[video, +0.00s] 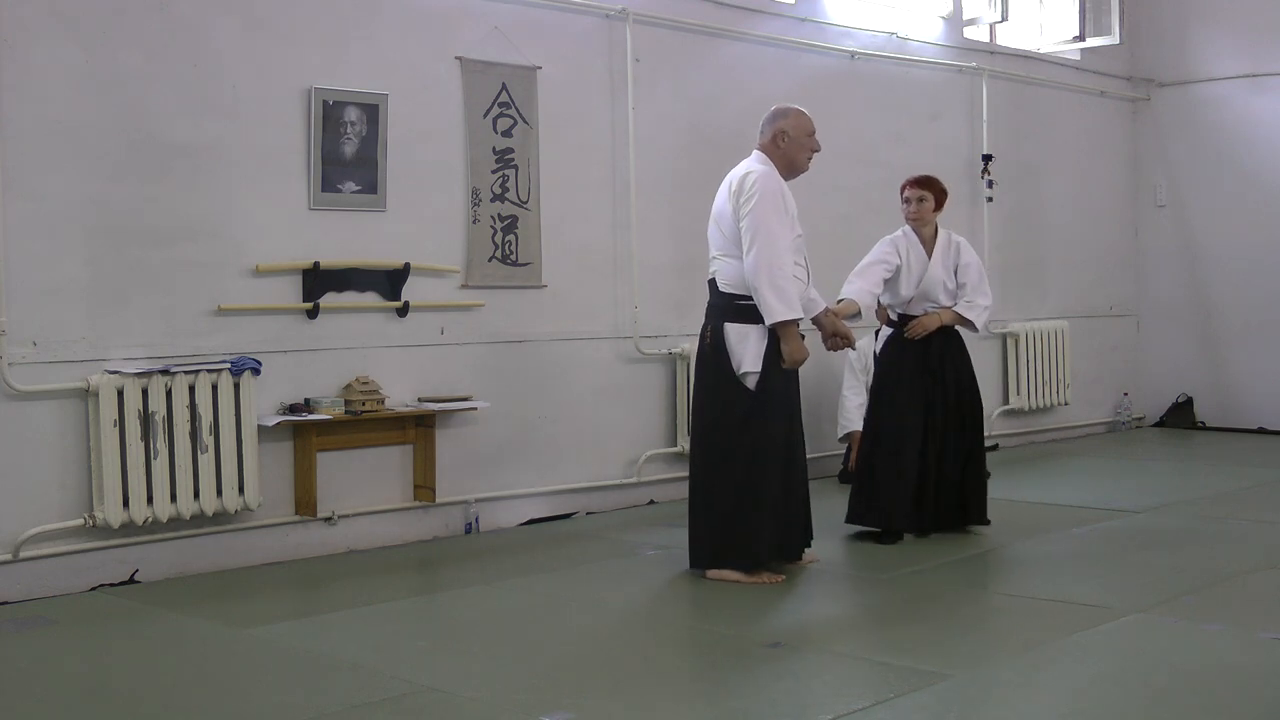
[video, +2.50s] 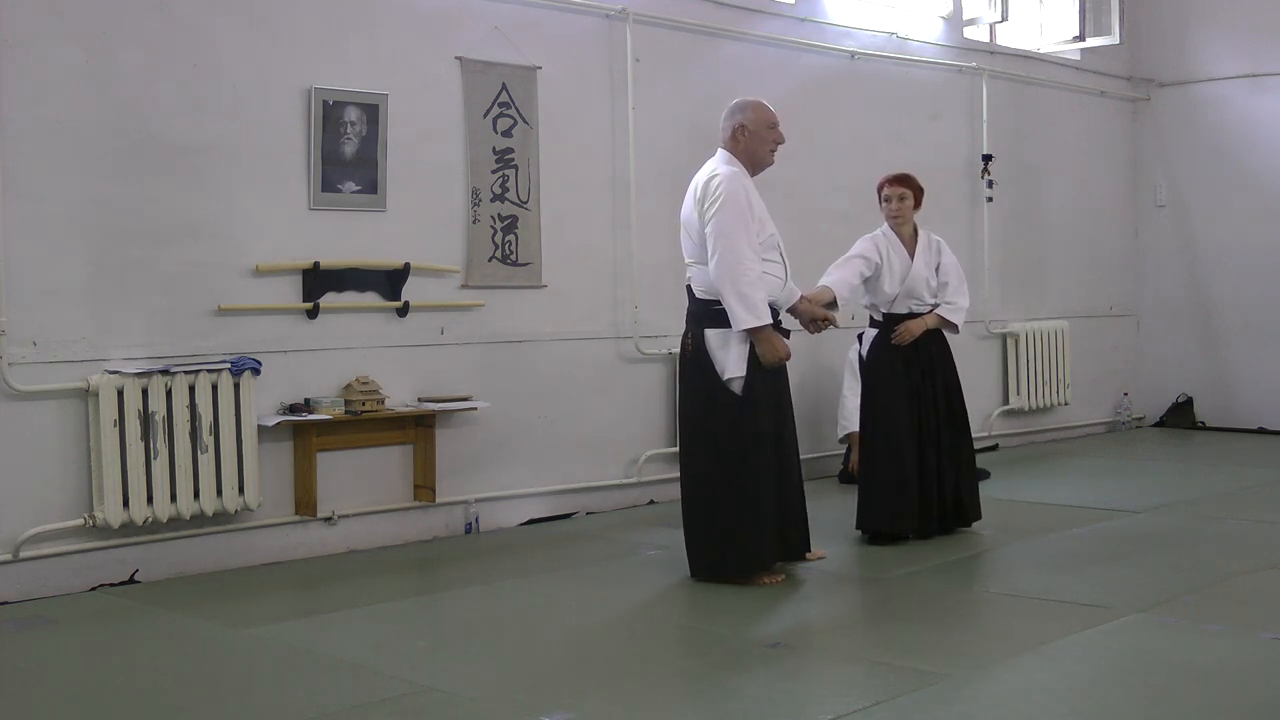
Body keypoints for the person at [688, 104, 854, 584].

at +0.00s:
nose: (816, 148)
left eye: (815, 140)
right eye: (810, 139)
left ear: (778, 140)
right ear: (779, 139)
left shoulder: (767, 182)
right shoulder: (759, 181)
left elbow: (788, 265)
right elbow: (763, 262)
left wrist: (823, 314)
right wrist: (788, 333)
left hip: (762, 323)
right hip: (744, 323)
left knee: (774, 437)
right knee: (738, 441)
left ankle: (776, 545)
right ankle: (725, 558)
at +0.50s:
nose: (794, 137)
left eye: (793, 129)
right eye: (786, 129)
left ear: (753, 133)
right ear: (754, 133)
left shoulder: (743, 179)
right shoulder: (738, 182)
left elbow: (770, 260)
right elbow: (746, 264)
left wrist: (813, 298)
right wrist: (770, 334)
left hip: (745, 327)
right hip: (736, 332)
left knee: (753, 444)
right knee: (742, 447)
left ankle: (755, 555)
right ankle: (736, 561)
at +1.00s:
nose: (784, 136)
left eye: (784, 128)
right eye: (775, 128)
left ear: (744, 133)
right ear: (743, 132)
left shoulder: (745, 182)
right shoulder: (730, 181)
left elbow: (769, 261)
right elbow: (738, 261)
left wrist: (809, 302)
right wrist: (765, 329)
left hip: (754, 327)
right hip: (730, 331)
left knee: (773, 440)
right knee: (735, 447)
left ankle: (782, 539)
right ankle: (732, 560)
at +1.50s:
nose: (786, 135)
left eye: (786, 128)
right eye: (777, 127)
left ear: (748, 132)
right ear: (744, 131)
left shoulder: (747, 180)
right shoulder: (733, 180)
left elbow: (768, 261)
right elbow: (740, 261)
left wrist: (805, 306)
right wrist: (767, 330)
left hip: (757, 324)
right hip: (732, 327)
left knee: (772, 438)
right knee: (733, 446)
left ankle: (781, 539)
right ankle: (731, 559)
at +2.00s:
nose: (782, 137)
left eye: (783, 129)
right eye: (772, 128)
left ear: (746, 134)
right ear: (740, 132)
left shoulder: (743, 181)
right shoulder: (730, 182)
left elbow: (764, 263)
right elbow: (736, 262)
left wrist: (804, 305)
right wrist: (764, 330)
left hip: (755, 327)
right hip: (730, 331)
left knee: (770, 440)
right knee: (734, 447)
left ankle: (778, 542)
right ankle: (731, 559)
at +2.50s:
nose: (780, 137)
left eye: (778, 129)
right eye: (771, 129)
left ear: (739, 133)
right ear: (740, 133)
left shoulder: (735, 181)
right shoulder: (725, 183)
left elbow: (757, 263)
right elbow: (732, 264)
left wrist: (797, 302)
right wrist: (761, 331)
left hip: (748, 327)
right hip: (725, 331)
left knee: (769, 440)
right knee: (733, 448)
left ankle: (780, 541)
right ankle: (735, 560)